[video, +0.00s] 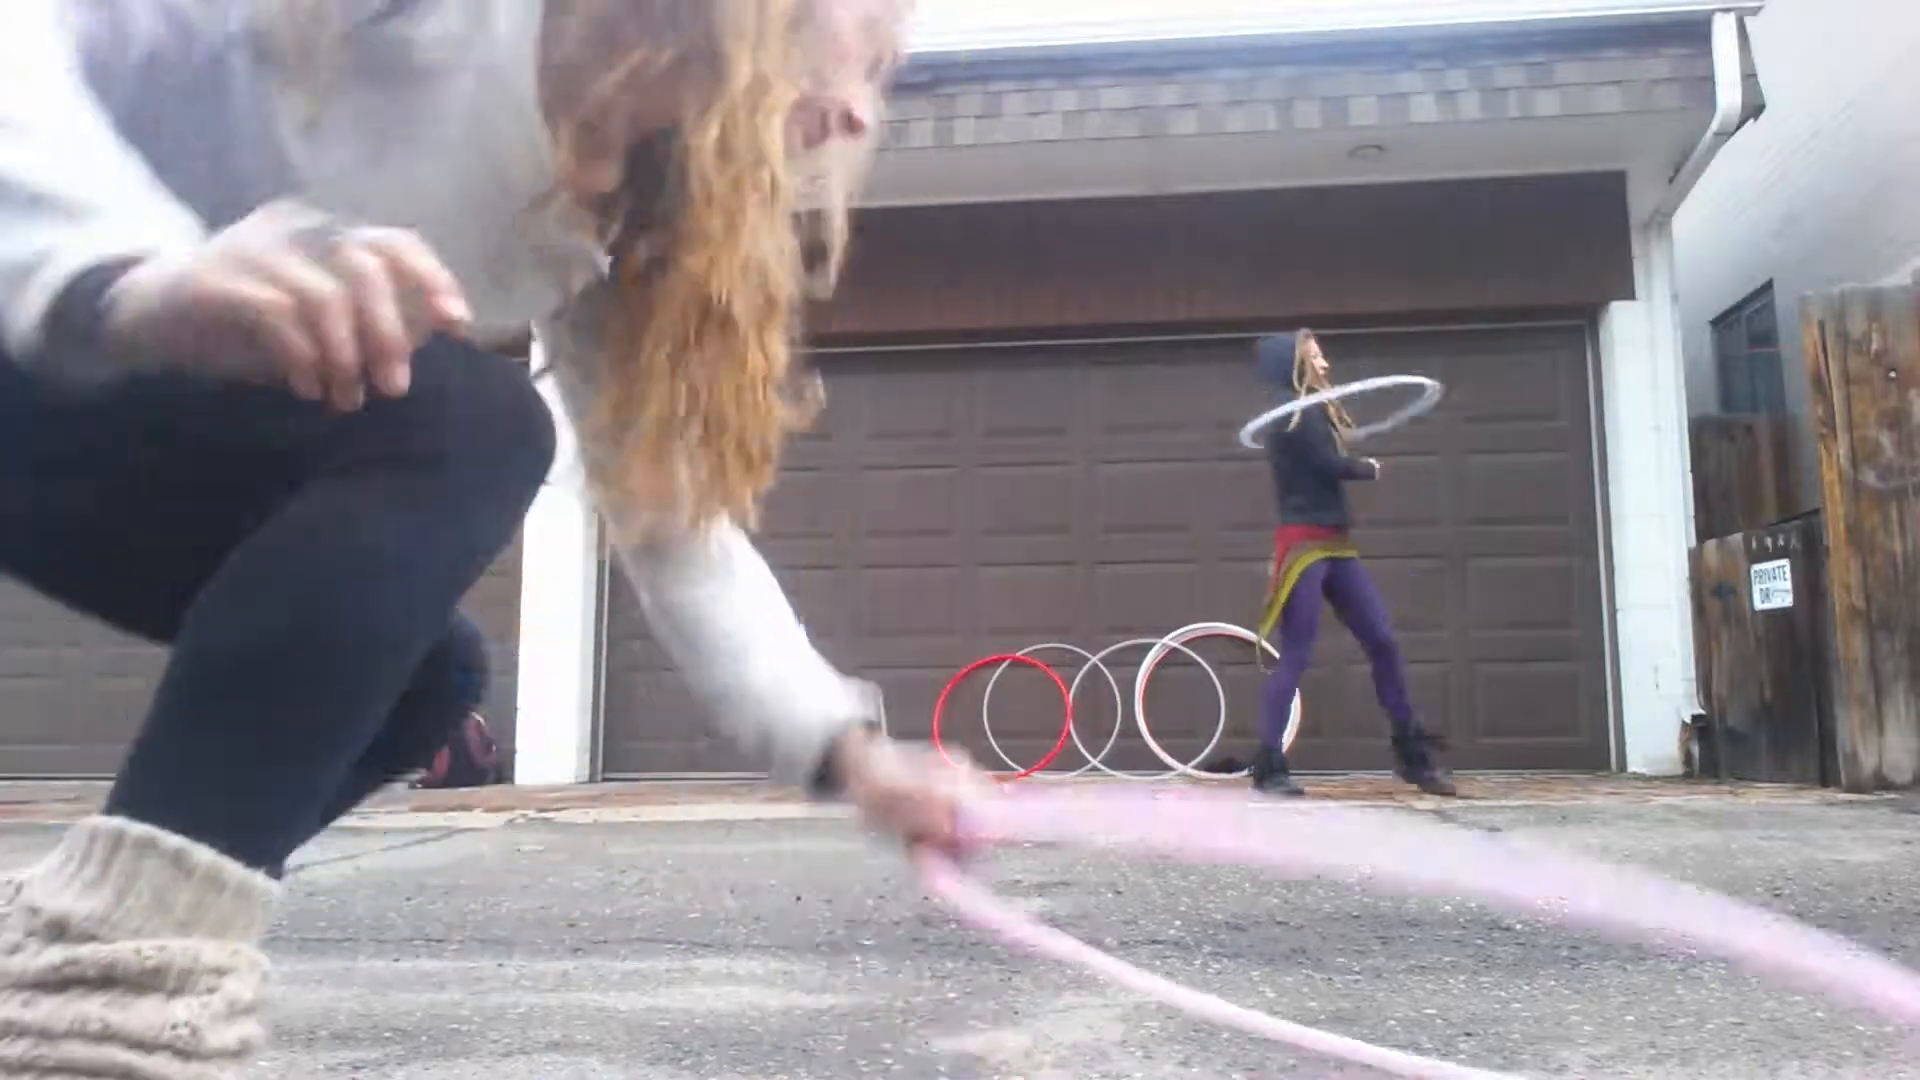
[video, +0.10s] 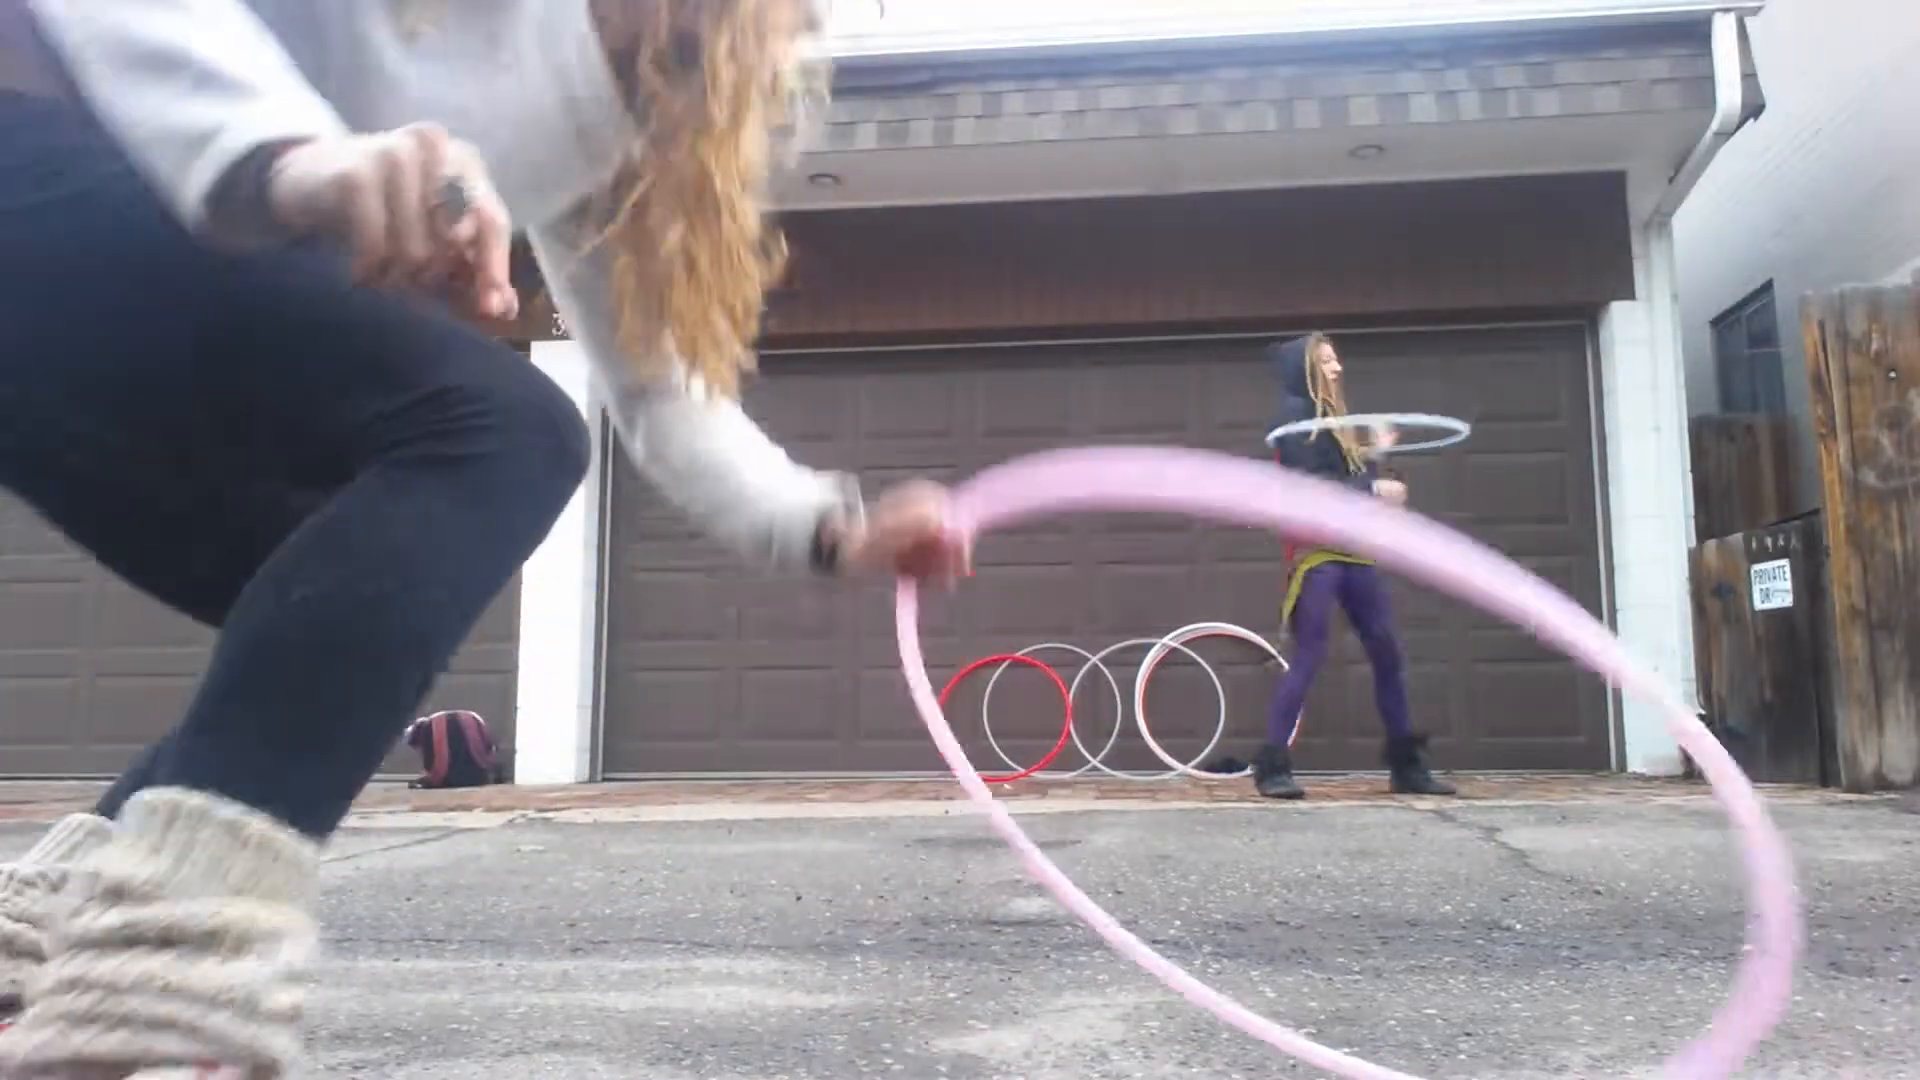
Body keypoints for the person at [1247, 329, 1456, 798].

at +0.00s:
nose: (1324, 363)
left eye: (1321, 355)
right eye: (1314, 357)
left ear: (1307, 363)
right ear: (1295, 367)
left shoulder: (1315, 409)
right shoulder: (1294, 411)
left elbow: (1319, 465)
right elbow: (1324, 463)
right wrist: (1366, 468)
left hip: (1335, 543)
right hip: (1303, 546)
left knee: (1382, 644)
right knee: (1295, 651)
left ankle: (1412, 753)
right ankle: (1269, 762)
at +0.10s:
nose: (1337, 367)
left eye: (1336, 359)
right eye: (1327, 361)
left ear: (1332, 366)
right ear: (1307, 369)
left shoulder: (1336, 417)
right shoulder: (1297, 418)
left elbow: (1348, 476)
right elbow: (1315, 485)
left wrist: (1374, 455)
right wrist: (1373, 489)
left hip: (1356, 548)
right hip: (1315, 551)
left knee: (1387, 654)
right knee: (1309, 655)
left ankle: (1406, 763)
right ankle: (1273, 763)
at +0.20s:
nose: (1344, 377)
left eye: (1349, 369)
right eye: (1335, 370)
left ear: (1358, 376)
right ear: (1318, 377)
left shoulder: (1372, 426)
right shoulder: (1303, 426)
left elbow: (1387, 498)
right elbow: (1293, 492)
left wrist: (1407, 451)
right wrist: (1346, 506)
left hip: (1367, 553)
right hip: (1321, 552)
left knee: (1400, 655)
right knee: (1315, 659)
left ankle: (1407, 763)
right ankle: (1275, 763)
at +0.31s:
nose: (1355, 384)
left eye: (1360, 376)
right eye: (1346, 376)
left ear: (1371, 383)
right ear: (1329, 383)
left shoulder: (1385, 434)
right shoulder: (1308, 431)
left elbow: (1401, 500)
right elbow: (1293, 497)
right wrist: (1282, 492)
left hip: (1381, 559)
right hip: (1330, 558)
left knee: (1414, 662)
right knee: (1324, 658)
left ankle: (1408, 765)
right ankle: (1280, 761)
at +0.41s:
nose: (1360, 385)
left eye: (1368, 378)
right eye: (1351, 378)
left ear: (1379, 385)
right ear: (1336, 386)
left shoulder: (1393, 429)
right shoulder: (1316, 437)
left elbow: (1387, 469)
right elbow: (1292, 503)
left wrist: (1329, 469)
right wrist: (1256, 485)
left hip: (1386, 562)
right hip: (1332, 560)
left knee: (1416, 662)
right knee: (1326, 659)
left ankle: (1408, 766)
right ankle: (1289, 764)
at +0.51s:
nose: (1356, 385)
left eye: (1364, 378)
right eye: (1348, 378)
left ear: (1375, 386)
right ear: (1333, 385)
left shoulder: (1387, 430)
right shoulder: (1313, 438)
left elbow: (1379, 478)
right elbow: (1289, 503)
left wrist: (1329, 454)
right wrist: (1261, 476)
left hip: (1383, 563)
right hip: (1329, 562)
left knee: (1415, 666)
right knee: (1325, 660)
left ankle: (1407, 769)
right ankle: (1287, 763)